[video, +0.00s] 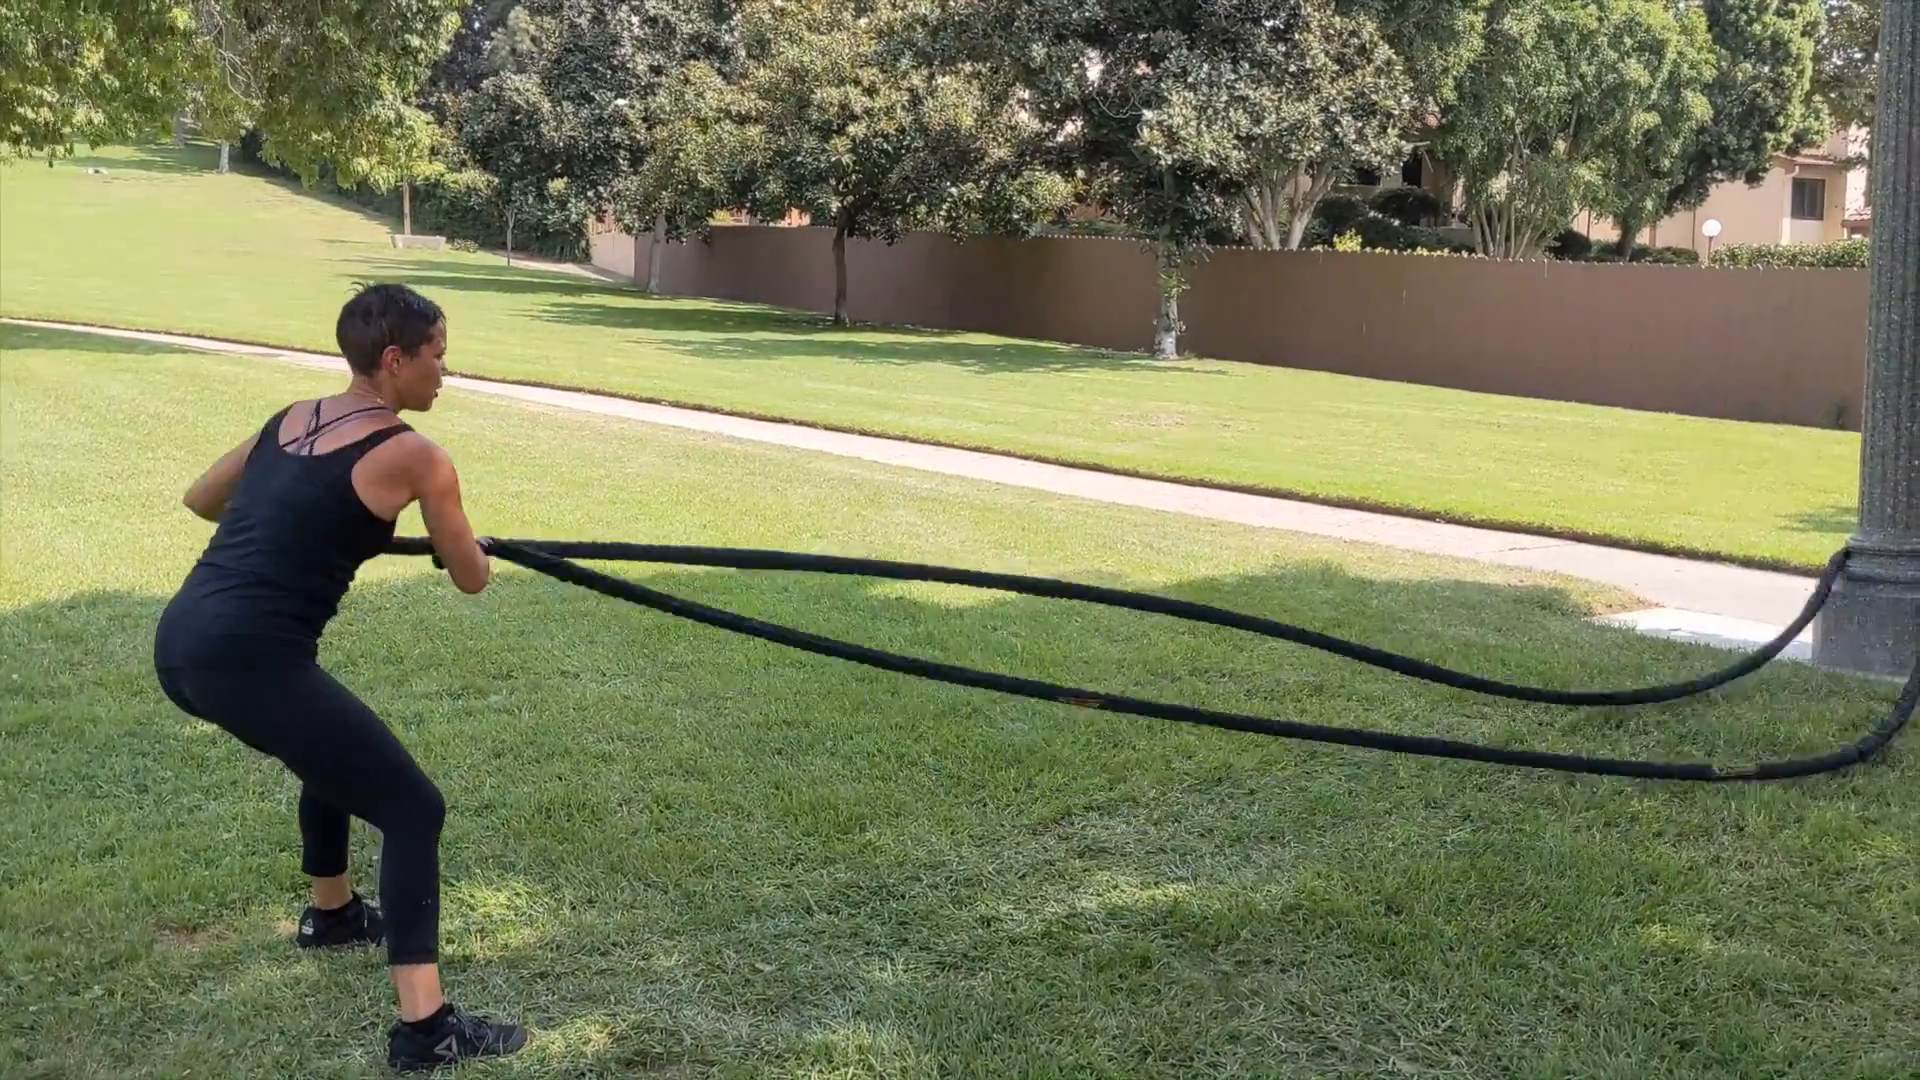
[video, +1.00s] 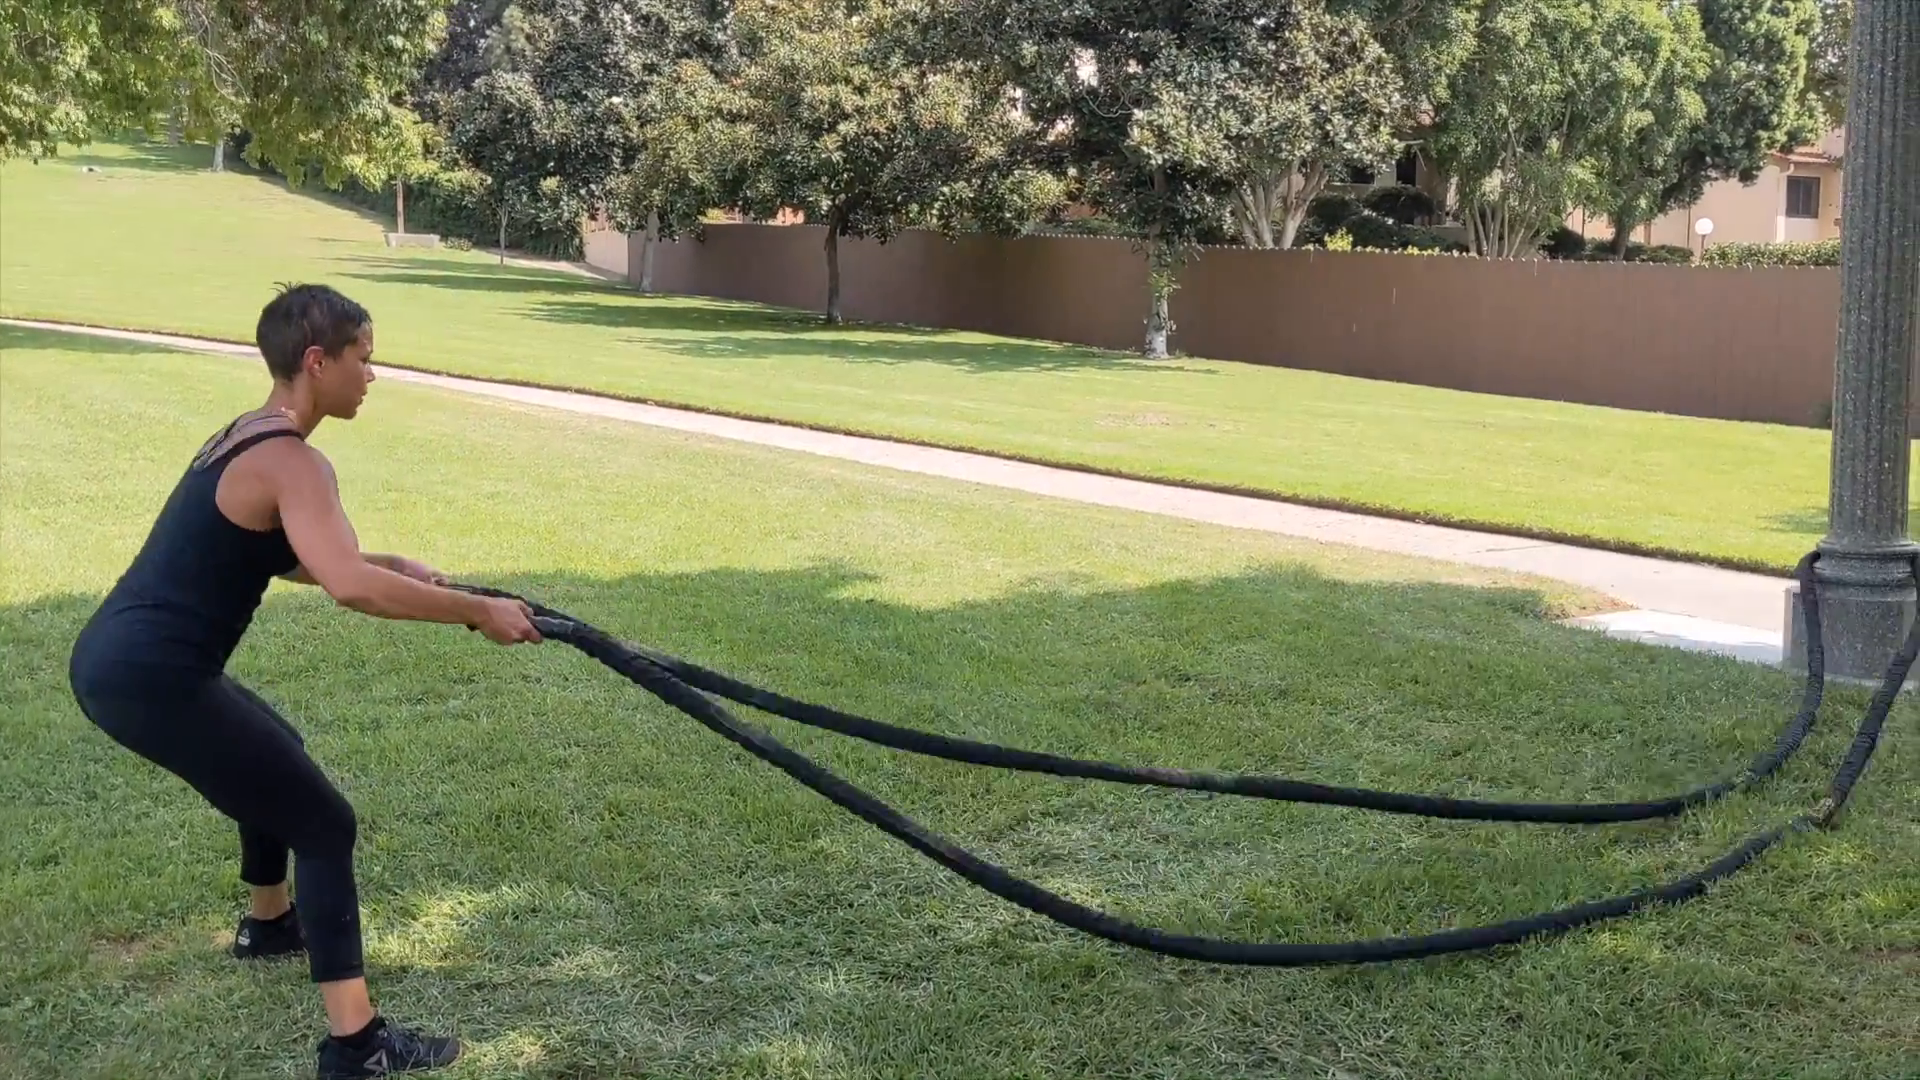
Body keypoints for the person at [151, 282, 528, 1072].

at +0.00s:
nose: (444, 367)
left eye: (443, 352)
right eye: (436, 352)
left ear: (368, 358)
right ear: (395, 357)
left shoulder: (296, 416)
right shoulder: (416, 455)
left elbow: (203, 498)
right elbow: (471, 577)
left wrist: (297, 513)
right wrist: (468, 546)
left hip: (182, 645)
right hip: (252, 659)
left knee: (329, 751)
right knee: (415, 808)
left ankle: (333, 910)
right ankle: (424, 1022)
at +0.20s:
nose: (447, 370)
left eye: (446, 355)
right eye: (440, 355)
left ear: (367, 358)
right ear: (398, 359)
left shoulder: (294, 417)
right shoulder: (417, 460)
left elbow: (227, 502)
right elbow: (448, 579)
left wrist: (330, 518)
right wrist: (411, 519)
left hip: (176, 651)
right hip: (245, 670)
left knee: (317, 759)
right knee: (413, 813)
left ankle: (323, 914)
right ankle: (416, 1026)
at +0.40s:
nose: (445, 371)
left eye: (444, 355)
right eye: (436, 355)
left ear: (376, 362)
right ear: (391, 359)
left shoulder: (331, 445)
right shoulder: (379, 454)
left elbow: (406, 594)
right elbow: (463, 587)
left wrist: (513, 615)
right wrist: (523, 584)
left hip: (187, 655)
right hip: (211, 676)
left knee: (314, 771)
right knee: (381, 818)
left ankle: (315, 915)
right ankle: (406, 1028)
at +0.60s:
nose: (452, 384)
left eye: (451, 367)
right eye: (444, 367)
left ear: (388, 372)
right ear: (395, 369)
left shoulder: (347, 460)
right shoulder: (360, 466)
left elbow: (375, 610)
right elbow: (417, 586)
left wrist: (457, 626)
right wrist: (554, 596)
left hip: (221, 662)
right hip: (199, 678)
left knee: (322, 768)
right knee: (370, 820)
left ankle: (301, 918)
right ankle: (392, 1033)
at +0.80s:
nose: (426, 380)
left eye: (426, 363)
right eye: (417, 363)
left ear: (361, 368)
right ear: (370, 366)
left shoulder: (321, 452)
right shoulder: (334, 464)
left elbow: (352, 600)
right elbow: (355, 586)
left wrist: (473, 592)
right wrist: (493, 597)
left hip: (175, 655)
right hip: (181, 675)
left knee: (301, 760)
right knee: (352, 821)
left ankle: (286, 918)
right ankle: (376, 1034)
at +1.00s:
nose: (371, 372)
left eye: (370, 356)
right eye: (363, 356)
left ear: (299, 362)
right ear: (315, 360)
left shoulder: (245, 435)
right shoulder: (294, 464)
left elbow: (288, 560)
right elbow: (353, 583)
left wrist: (399, 571)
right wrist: (475, 610)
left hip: (114, 658)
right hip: (152, 679)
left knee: (274, 756)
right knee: (324, 822)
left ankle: (271, 918)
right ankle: (355, 1037)